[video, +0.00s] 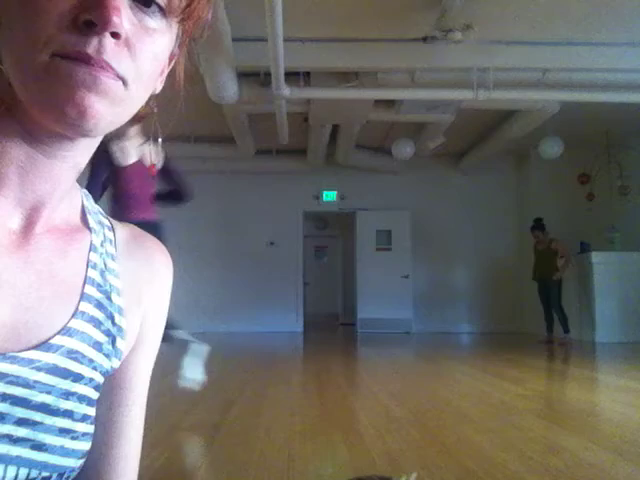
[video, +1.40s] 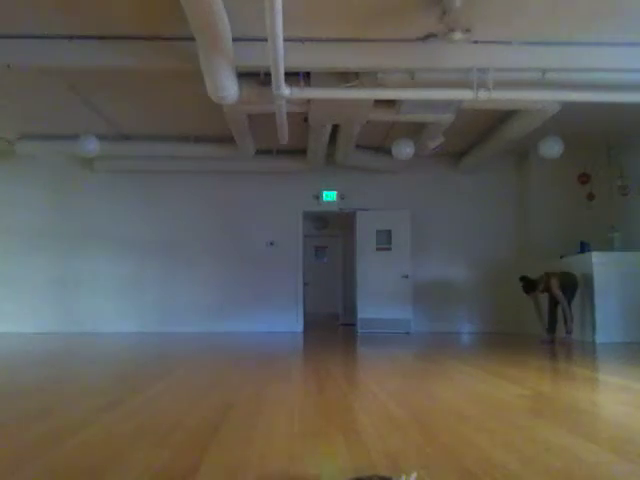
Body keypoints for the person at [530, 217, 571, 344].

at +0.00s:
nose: (536, 239)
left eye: (537, 236)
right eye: (534, 236)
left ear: (544, 233)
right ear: (533, 235)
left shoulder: (554, 244)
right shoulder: (536, 245)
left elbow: (567, 257)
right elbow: (537, 261)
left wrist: (561, 272)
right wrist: (535, 274)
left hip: (553, 278)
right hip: (541, 279)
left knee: (556, 306)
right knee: (546, 307)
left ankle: (566, 333)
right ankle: (549, 334)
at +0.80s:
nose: (532, 254)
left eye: (532, 251)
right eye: (530, 251)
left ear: (537, 247)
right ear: (532, 250)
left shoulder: (555, 252)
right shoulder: (538, 257)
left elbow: (569, 269)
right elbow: (543, 271)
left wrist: (569, 286)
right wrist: (547, 284)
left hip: (567, 278)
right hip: (554, 279)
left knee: (568, 307)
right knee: (554, 307)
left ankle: (569, 335)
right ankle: (552, 335)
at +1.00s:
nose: (530, 267)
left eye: (530, 264)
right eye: (528, 265)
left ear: (534, 260)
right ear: (527, 263)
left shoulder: (549, 262)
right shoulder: (534, 267)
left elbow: (564, 278)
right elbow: (537, 280)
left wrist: (567, 293)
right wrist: (541, 294)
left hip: (567, 283)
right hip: (553, 284)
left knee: (566, 309)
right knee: (551, 310)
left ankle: (568, 335)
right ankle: (551, 336)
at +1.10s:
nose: (531, 278)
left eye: (531, 275)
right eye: (529, 276)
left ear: (535, 270)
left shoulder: (550, 270)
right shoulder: (534, 275)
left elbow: (563, 289)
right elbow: (538, 292)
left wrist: (567, 310)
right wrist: (541, 309)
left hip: (568, 283)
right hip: (554, 285)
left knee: (565, 308)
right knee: (552, 310)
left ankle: (568, 336)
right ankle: (551, 336)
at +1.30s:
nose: (531, 291)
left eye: (530, 289)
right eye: (529, 290)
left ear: (533, 285)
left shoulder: (551, 281)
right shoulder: (534, 284)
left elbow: (564, 302)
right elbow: (538, 303)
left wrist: (570, 319)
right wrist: (542, 321)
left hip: (569, 284)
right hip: (555, 286)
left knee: (565, 307)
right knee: (552, 309)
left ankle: (568, 335)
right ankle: (551, 335)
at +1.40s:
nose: (531, 296)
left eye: (531, 294)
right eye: (529, 295)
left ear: (534, 290)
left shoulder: (552, 287)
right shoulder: (534, 288)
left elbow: (565, 304)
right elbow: (538, 308)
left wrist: (570, 323)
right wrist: (543, 326)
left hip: (570, 283)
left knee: (565, 307)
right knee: (552, 309)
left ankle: (568, 334)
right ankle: (550, 334)